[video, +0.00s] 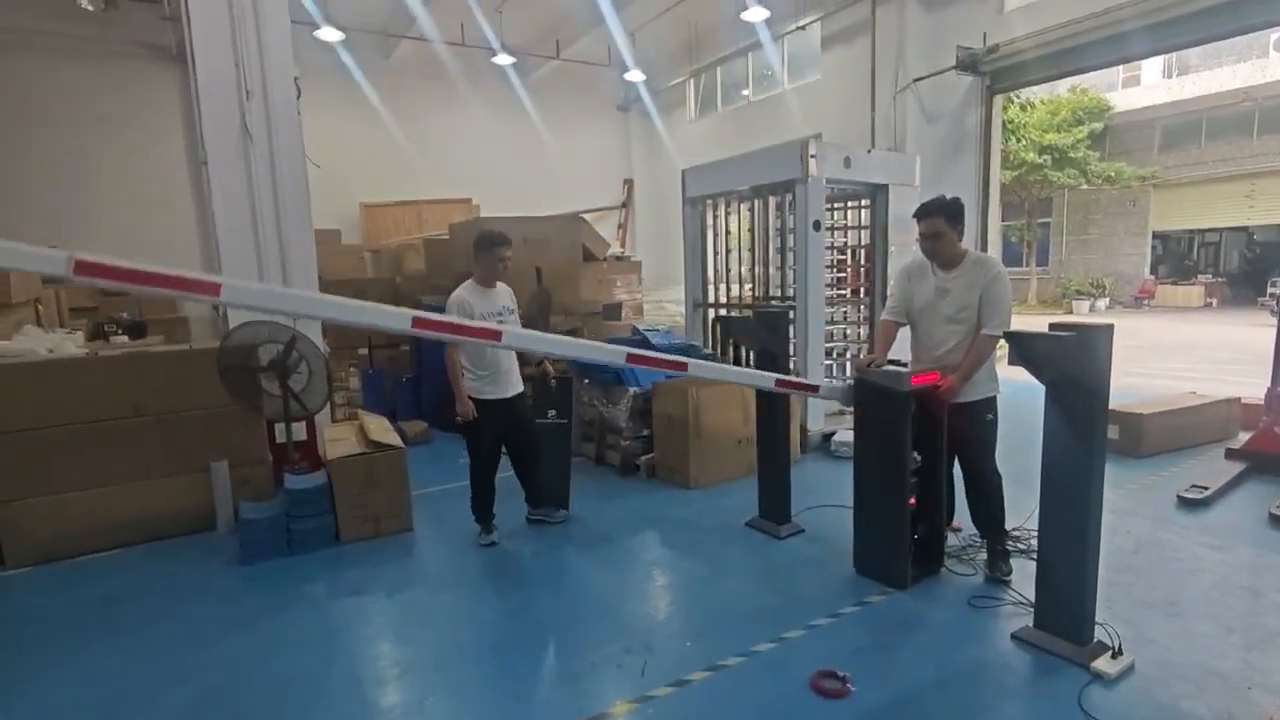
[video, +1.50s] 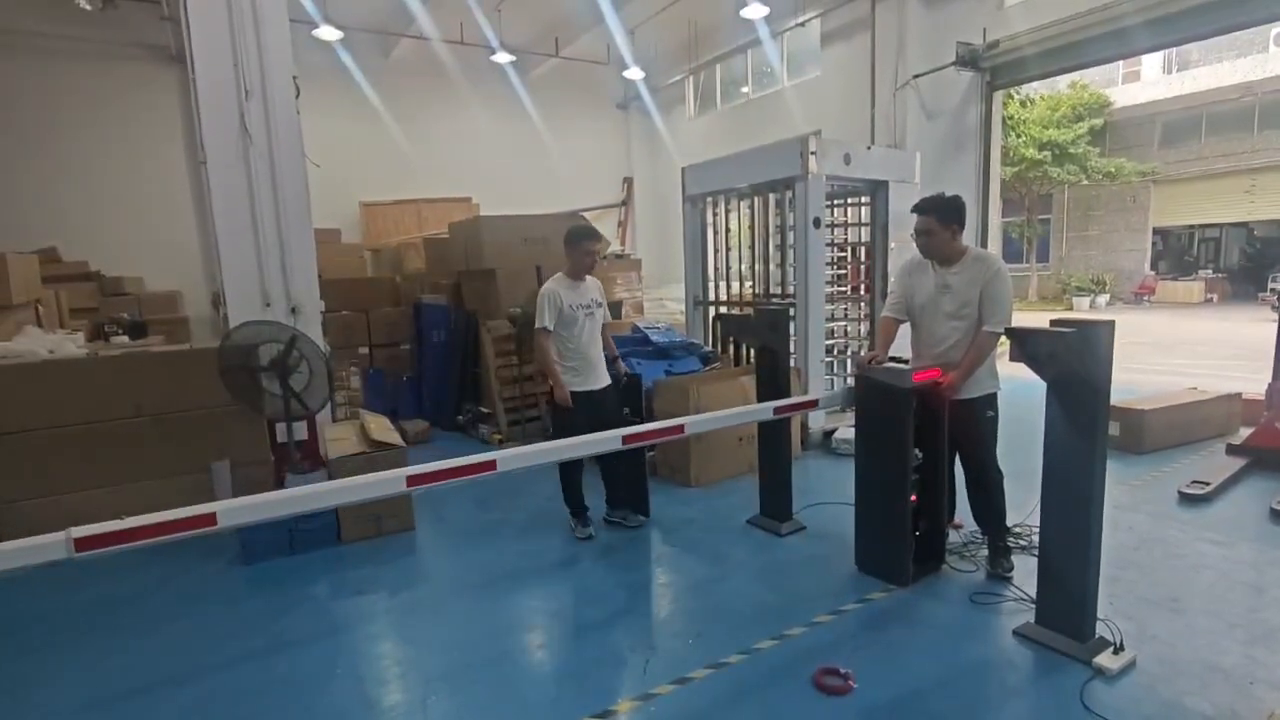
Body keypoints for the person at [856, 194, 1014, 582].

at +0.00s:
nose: (924, 245)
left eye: (932, 237)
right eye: (920, 237)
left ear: (958, 233)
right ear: (918, 234)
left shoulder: (989, 272)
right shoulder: (911, 271)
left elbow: (991, 333)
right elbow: (891, 318)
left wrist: (959, 376)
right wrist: (878, 354)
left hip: (974, 393)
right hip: (926, 393)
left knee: (980, 474)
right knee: (931, 474)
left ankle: (996, 546)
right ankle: (928, 551)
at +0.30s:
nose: (924, 244)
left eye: (932, 236)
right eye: (921, 236)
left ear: (958, 232)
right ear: (919, 234)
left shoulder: (990, 271)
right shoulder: (912, 270)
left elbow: (991, 332)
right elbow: (891, 317)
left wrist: (960, 376)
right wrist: (878, 354)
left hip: (975, 393)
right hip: (927, 393)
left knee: (982, 473)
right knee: (932, 474)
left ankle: (998, 545)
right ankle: (930, 551)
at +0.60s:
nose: (924, 243)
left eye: (932, 235)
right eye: (921, 235)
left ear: (958, 231)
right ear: (919, 232)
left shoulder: (990, 270)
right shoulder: (913, 269)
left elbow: (991, 332)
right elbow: (891, 316)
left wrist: (960, 375)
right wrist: (879, 353)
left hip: (975, 392)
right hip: (927, 392)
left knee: (983, 472)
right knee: (932, 474)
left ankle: (998, 545)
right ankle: (930, 552)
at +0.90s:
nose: (920, 241)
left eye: (927, 234)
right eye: (918, 234)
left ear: (956, 231)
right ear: (921, 231)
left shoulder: (990, 269)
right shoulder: (913, 268)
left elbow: (992, 331)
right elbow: (892, 314)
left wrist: (961, 375)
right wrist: (880, 351)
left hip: (976, 392)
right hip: (928, 392)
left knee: (983, 472)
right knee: (933, 474)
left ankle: (998, 545)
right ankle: (931, 550)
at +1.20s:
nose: (918, 241)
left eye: (925, 234)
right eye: (916, 234)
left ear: (955, 231)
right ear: (922, 231)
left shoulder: (990, 268)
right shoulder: (912, 268)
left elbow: (992, 331)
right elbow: (892, 314)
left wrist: (960, 374)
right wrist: (880, 351)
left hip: (975, 390)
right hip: (927, 391)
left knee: (982, 471)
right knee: (933, 472)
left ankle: (998, 544)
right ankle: (931, 546)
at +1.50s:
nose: (916, 241)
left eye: (924, 234)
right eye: (915, 233)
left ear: (953, 232)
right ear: (929, 232)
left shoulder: (989, 268)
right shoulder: (912, 267)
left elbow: (991, 330)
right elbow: (892, 313)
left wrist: (960, 374)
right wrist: (880, 350)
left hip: (975, 389)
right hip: (927, 390)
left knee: (982, 471)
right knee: (932, 471)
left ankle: (997, 543)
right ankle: (930, 545)